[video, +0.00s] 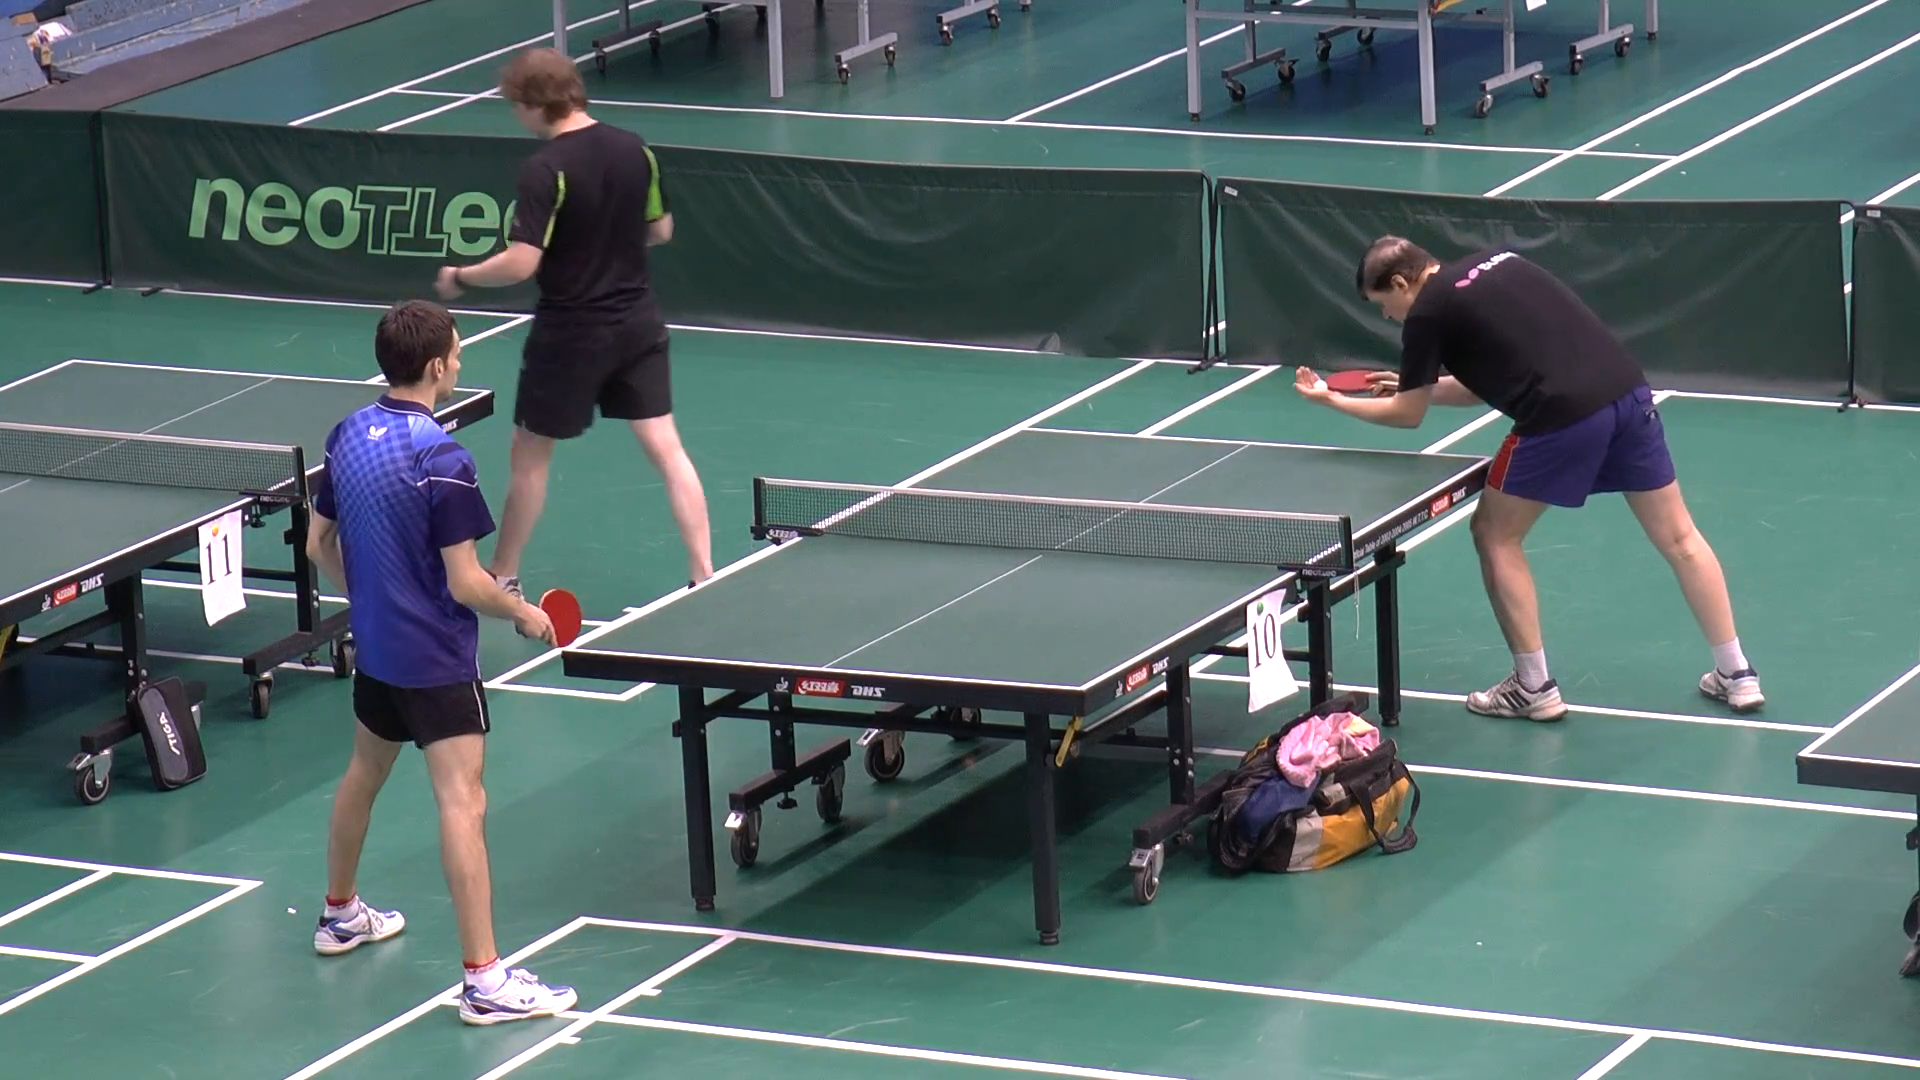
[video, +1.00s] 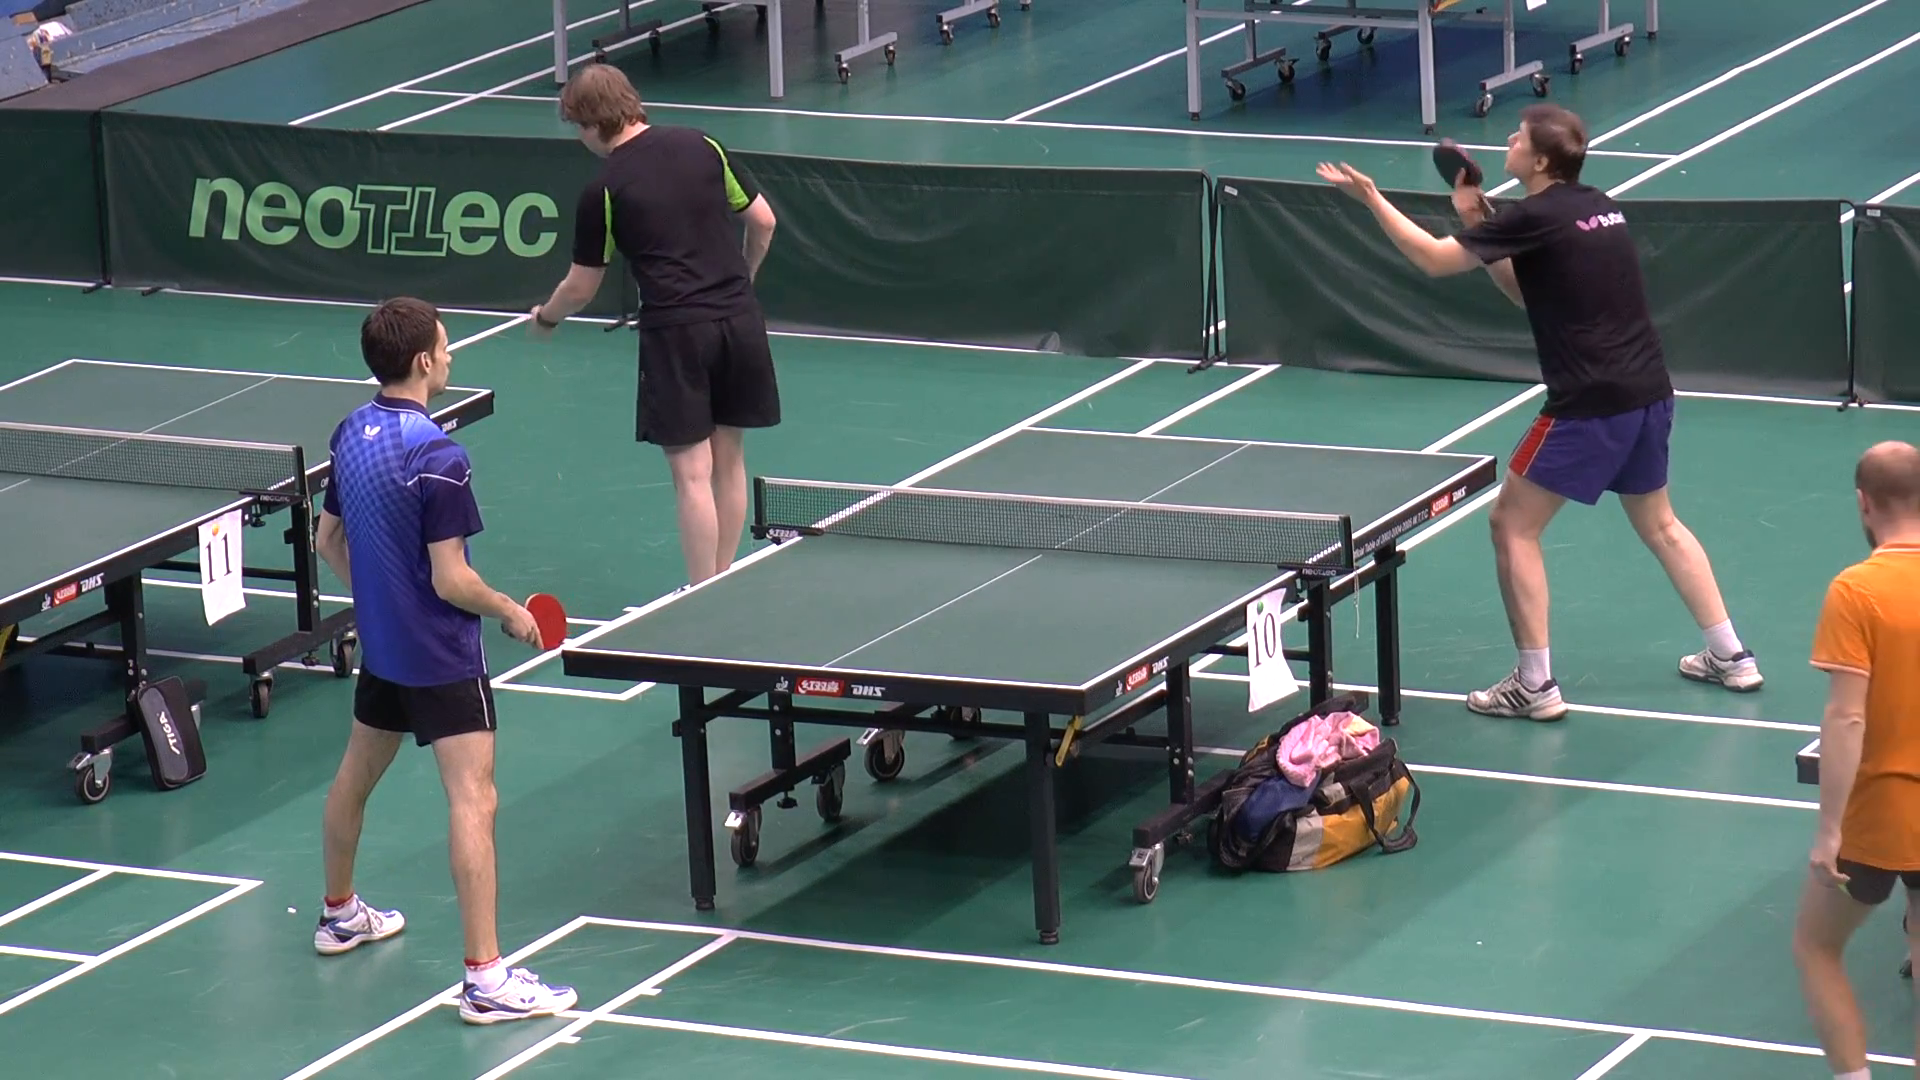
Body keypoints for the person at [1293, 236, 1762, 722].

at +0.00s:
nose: (1392, 319)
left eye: (1385, 307)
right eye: (1383, 311)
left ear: (1401, 283)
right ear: (1423, 263)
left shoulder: (1429, 312)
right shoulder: (1497, 262)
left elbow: (1406, 416)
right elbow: (1484, 384)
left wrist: (1331, 400)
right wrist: (1393, 386)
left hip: (1561, 416)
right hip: (1630, 394)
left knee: (1496, 535)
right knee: (1681, 536)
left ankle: (1534, 685)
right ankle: (1738, 674)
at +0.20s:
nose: (1386, 316)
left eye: (1380, 306)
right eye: (1378, 308)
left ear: (1397, 284)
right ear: (1422, 262)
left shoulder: (1425, 316)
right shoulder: (1492, 263)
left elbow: (1423, 420)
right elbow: (1494, 383)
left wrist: (1349, 411)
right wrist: (1416, 395)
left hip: (1557, 418)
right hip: (1625, 393)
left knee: (1497, 535)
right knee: (1668, 530)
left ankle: (1533, 685)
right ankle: (1741, 659)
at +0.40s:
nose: (1401, 298)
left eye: (1395, 286)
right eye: (1392, 289)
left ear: (1416, 268)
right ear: (1440, 253)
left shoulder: (1443, 305)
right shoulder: (1512, 260)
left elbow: (1468, 409)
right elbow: (1514, 378)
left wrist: (1401, 438)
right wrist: (1448, 406)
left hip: (1567, 419)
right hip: (1632, 396)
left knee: (1497, 535)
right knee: (1666, 528)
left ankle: (1533, 684)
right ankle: (1728, 653)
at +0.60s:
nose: (1431, 251)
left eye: (1433, 239)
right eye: (1429, 240)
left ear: (1460, 233)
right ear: (1482, 225)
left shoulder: (1482, 281)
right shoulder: (1551, 243)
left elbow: (1473, 386)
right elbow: (1557, 345)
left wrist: (1415, 424)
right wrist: (1486, 387)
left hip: (1585, 419)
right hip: (1649, 401)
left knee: (1501, 530)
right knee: (1659, 529)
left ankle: (1533, 684)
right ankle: (1731, 656)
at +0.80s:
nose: (1470, 189)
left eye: (1475, 179)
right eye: (1472, 178)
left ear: (1501, 185)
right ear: (1531, 184)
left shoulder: (1508, 233)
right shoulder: (1581, 219)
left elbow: (1418, 269)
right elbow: (1507, 300)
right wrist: (1446, 241)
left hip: (1591, 411)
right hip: (1654, 400)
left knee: (1511, 526)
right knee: (1660, 524)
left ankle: (1534, 684)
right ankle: (1731, 655)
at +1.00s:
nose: (1509, 143)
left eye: (1518, 137)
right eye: (1515, 135)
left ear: (1538, 156)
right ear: (1565, 160)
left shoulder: (1532, 214)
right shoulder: (1598, 205)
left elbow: (1435, 258)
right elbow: (1529, 292)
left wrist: (1371, 198)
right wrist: (1478, 222)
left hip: (1587, 405)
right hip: (1649, 395)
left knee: (1513, 525)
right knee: (1662, 525)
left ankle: (1534, 683)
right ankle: (1731, 655)